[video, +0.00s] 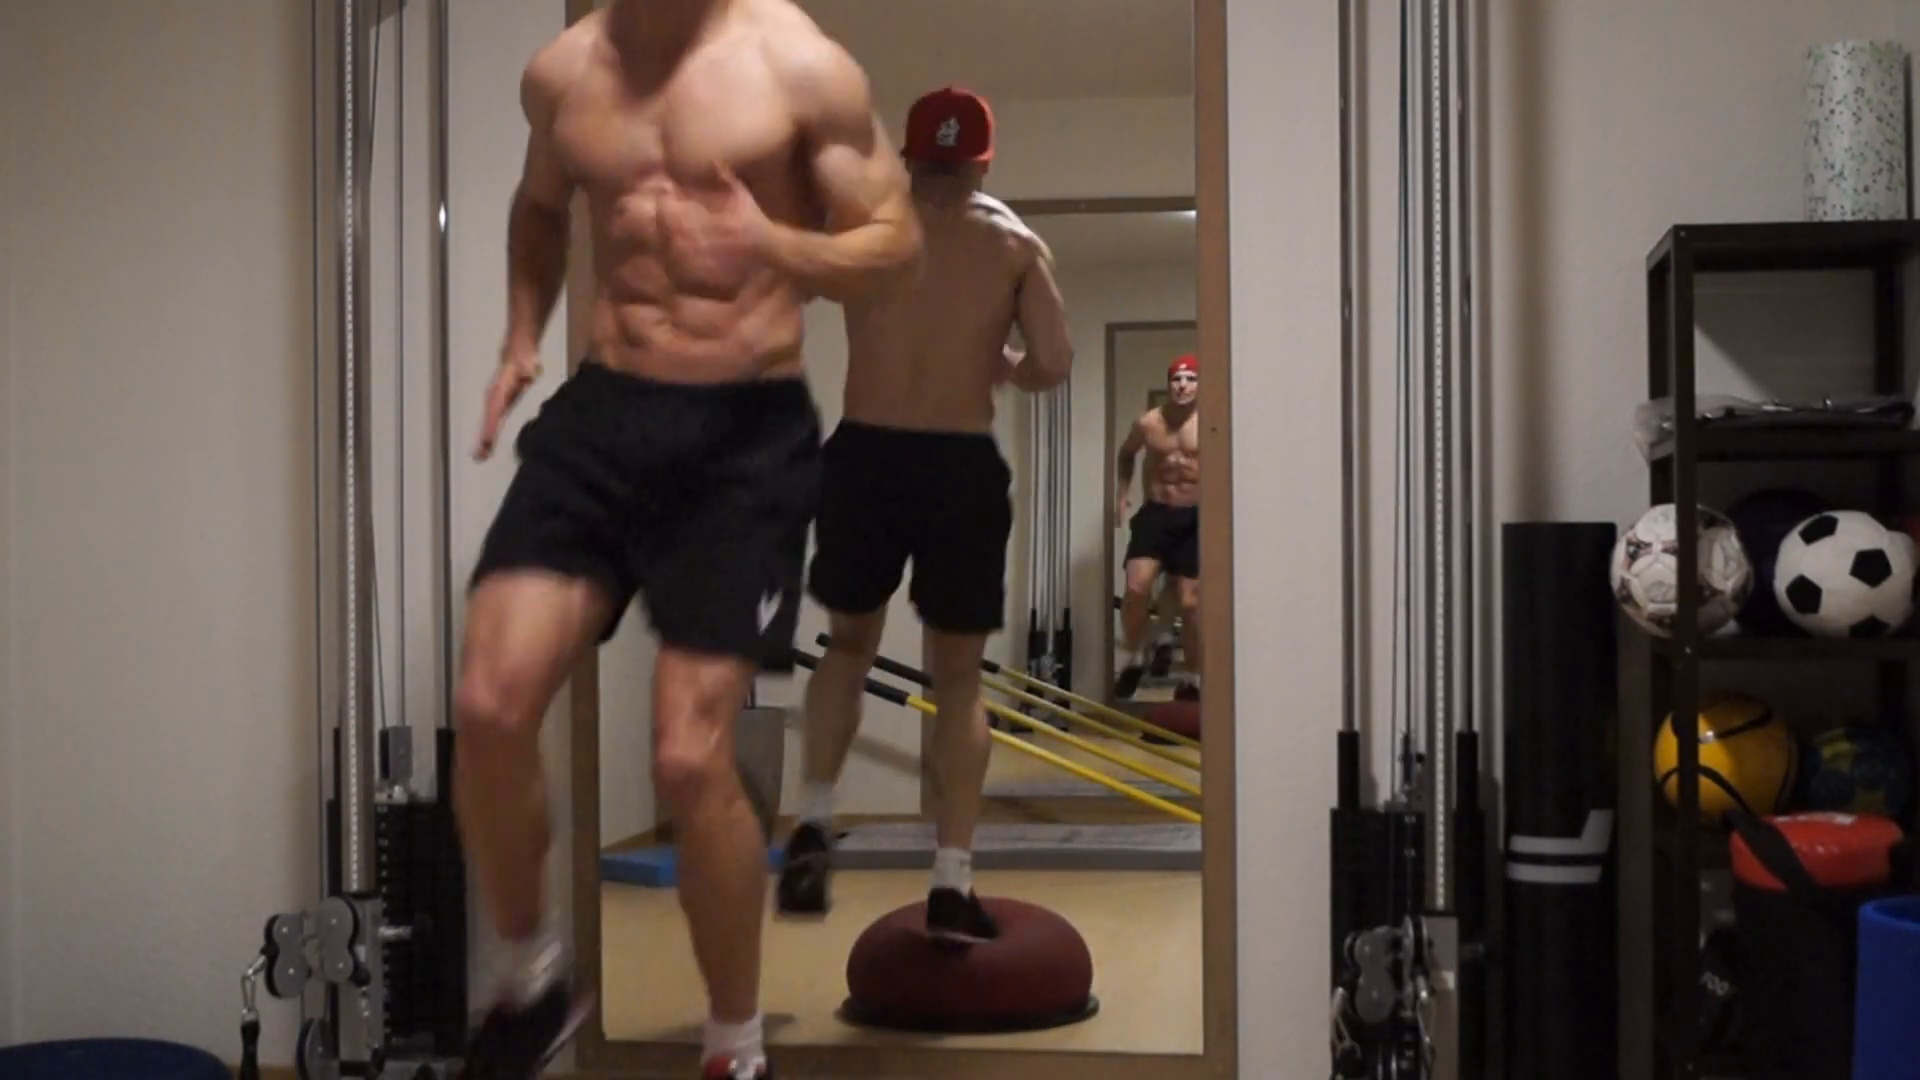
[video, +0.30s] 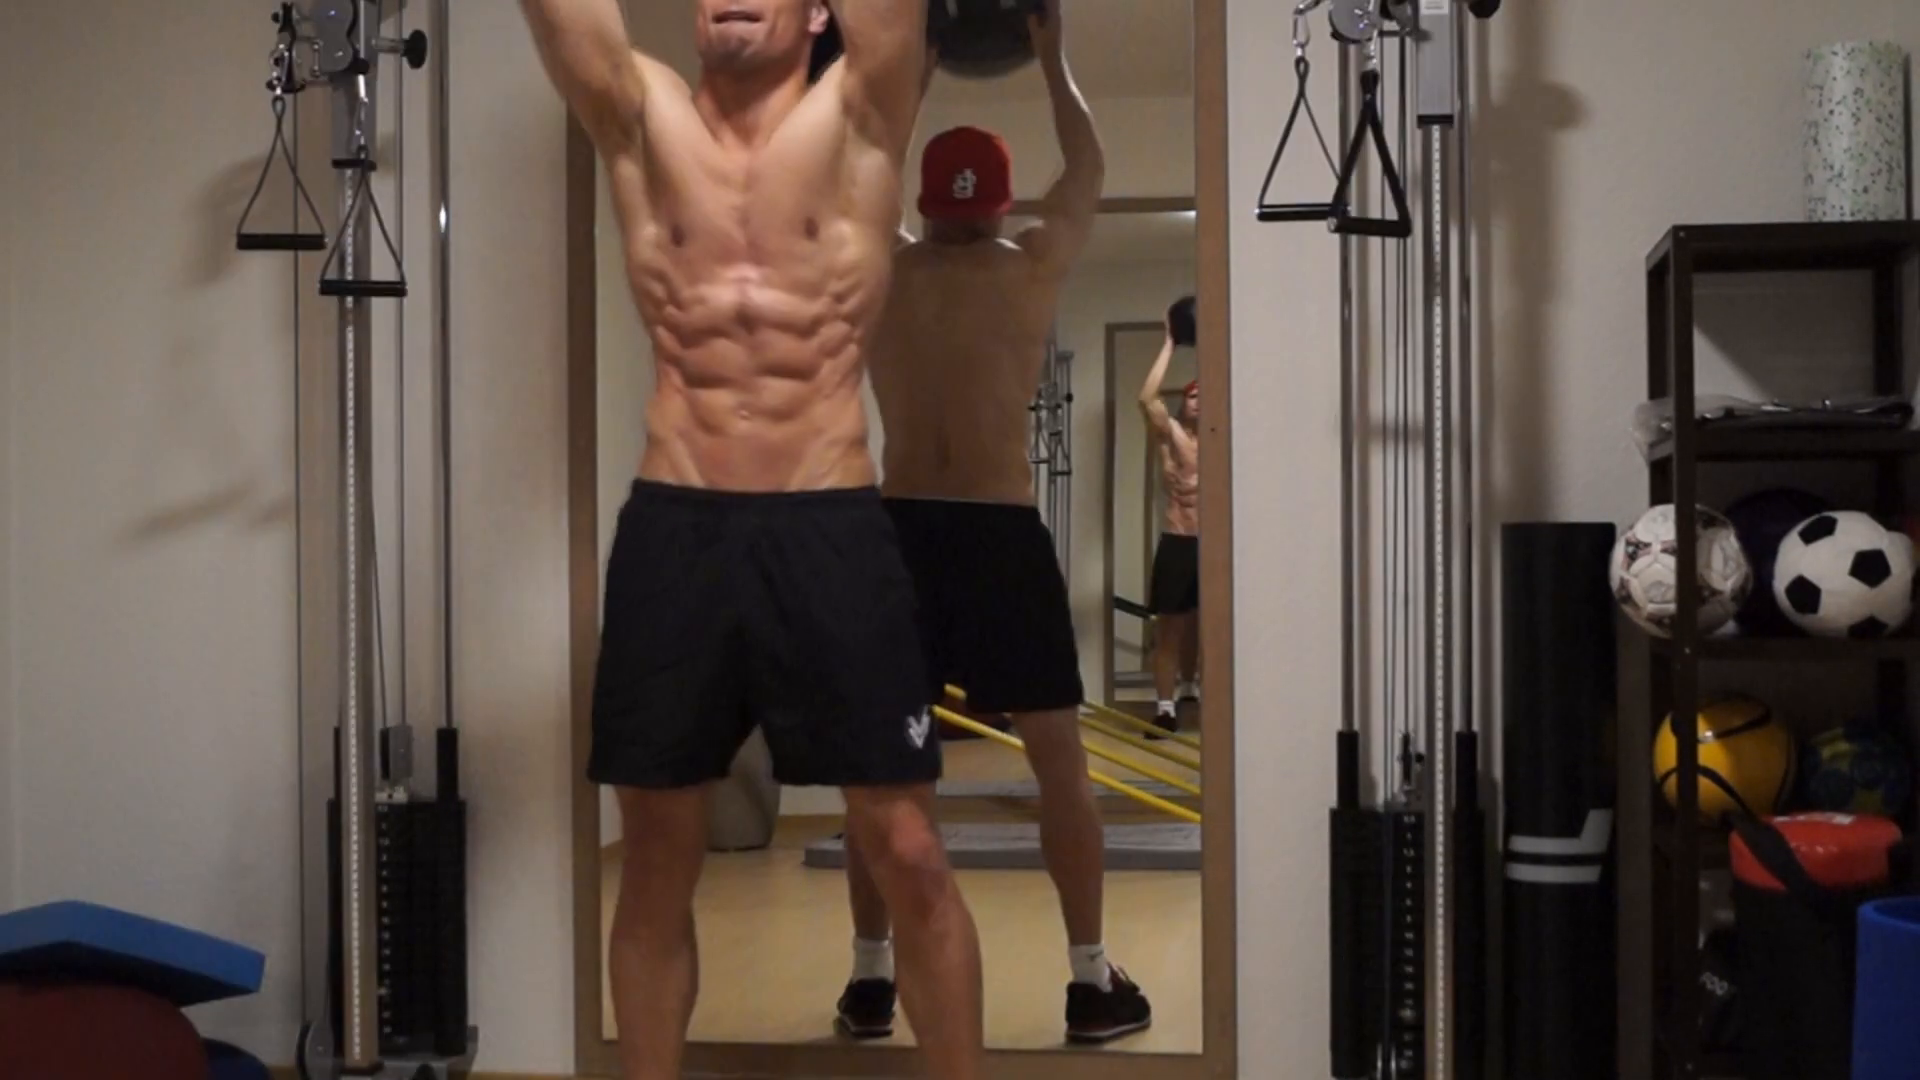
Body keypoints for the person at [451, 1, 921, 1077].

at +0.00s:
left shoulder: (805, 67)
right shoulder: (563, 73)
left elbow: (895, 245)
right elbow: (541, 206)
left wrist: (771, 239)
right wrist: (522, 337)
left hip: (747, 435)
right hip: (599, 422)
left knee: (690, 760)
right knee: (489, 705)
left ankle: (735, 1046)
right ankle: (526, 970)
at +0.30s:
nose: (729, 3)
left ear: (811, 18)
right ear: (693, 20)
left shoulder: (864, 111)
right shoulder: (636, 111)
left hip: (831, 528)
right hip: (672, 529)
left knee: (908, 857)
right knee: (655, 855)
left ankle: (956, 1069)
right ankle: (648, 1074)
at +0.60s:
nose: (782, 28)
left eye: (797, 10)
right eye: (761, 14)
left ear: (837, 28)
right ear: (720, 39)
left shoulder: (888, 154)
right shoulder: (666, 175)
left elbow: (987, 242)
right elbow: (554, 313)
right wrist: (574, 139)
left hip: (881, 557)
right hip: (726, 559)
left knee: (951, 867)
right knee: (638, 869)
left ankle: (969, 1071)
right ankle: (649, 1075)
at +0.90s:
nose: (736, 369)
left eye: (766, 339)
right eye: (713, 339)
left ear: (821, 337)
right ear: (688, 336)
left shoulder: (893, 461)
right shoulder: (654, 473)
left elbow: (915, 703)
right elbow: (651, 706)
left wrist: (884, 921)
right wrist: (638, 918)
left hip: (881, 683)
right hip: (741, 684)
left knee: (995, 885)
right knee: (585, 881)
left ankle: (980, 1071)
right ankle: (635, 1069)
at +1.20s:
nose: (741, 625)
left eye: (770, 592)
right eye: (713, 591)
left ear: (826, 568)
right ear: (691, 571)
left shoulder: (908, 661)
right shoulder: (649, 662)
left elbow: (907, 891)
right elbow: (669, 887)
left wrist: (899, 1067)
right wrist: (661, 1065)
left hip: (890, 774)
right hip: (742, 782)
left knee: (1000, 904)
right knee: (575, 898)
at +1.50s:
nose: (755, 189)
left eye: (786, 166)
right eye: (736, 164)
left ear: (839, 193)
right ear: (710, 184)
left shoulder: (907, 332)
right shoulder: (663, 336)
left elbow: (969, 531)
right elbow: (637, 515)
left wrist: (888, 632)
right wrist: (641, 624)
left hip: (900, 614)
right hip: (740, 620)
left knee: (970, 875)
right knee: (631, 872)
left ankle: (976, 1070)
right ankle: (652, 1073)